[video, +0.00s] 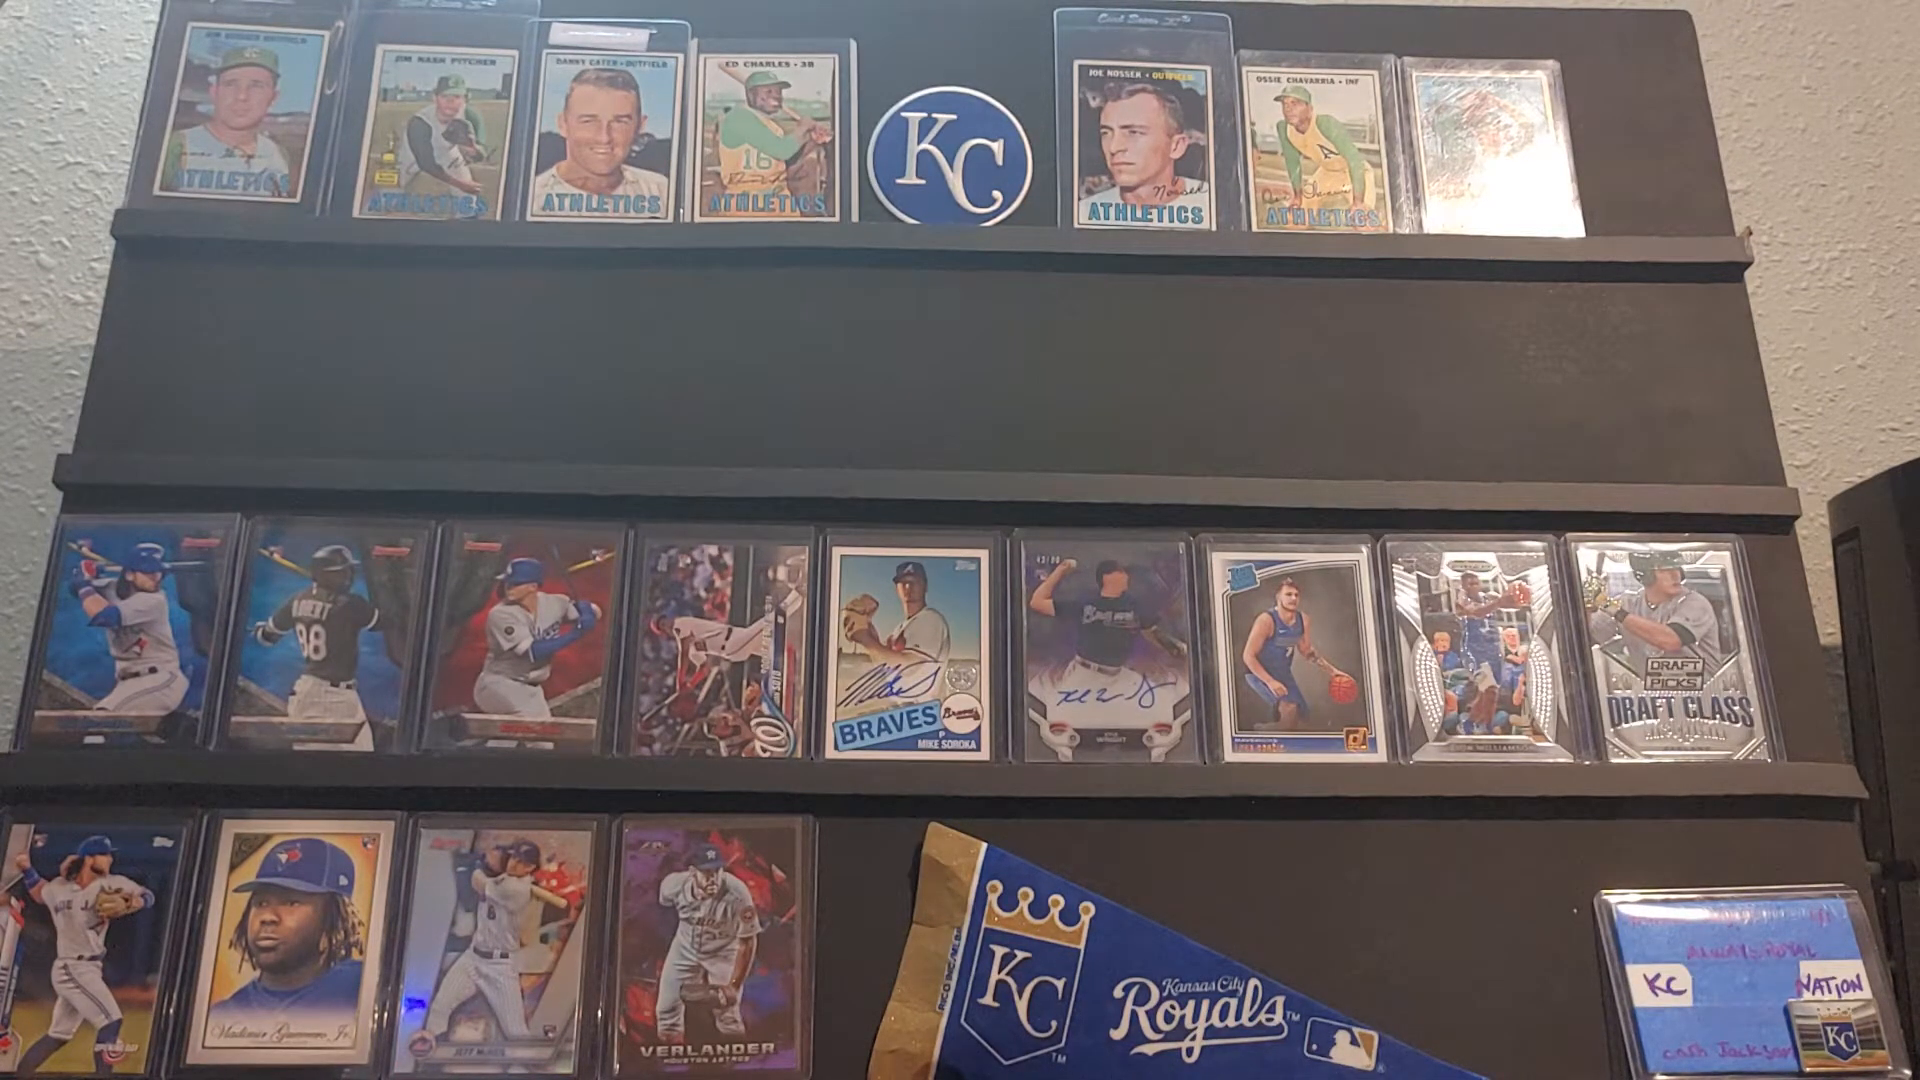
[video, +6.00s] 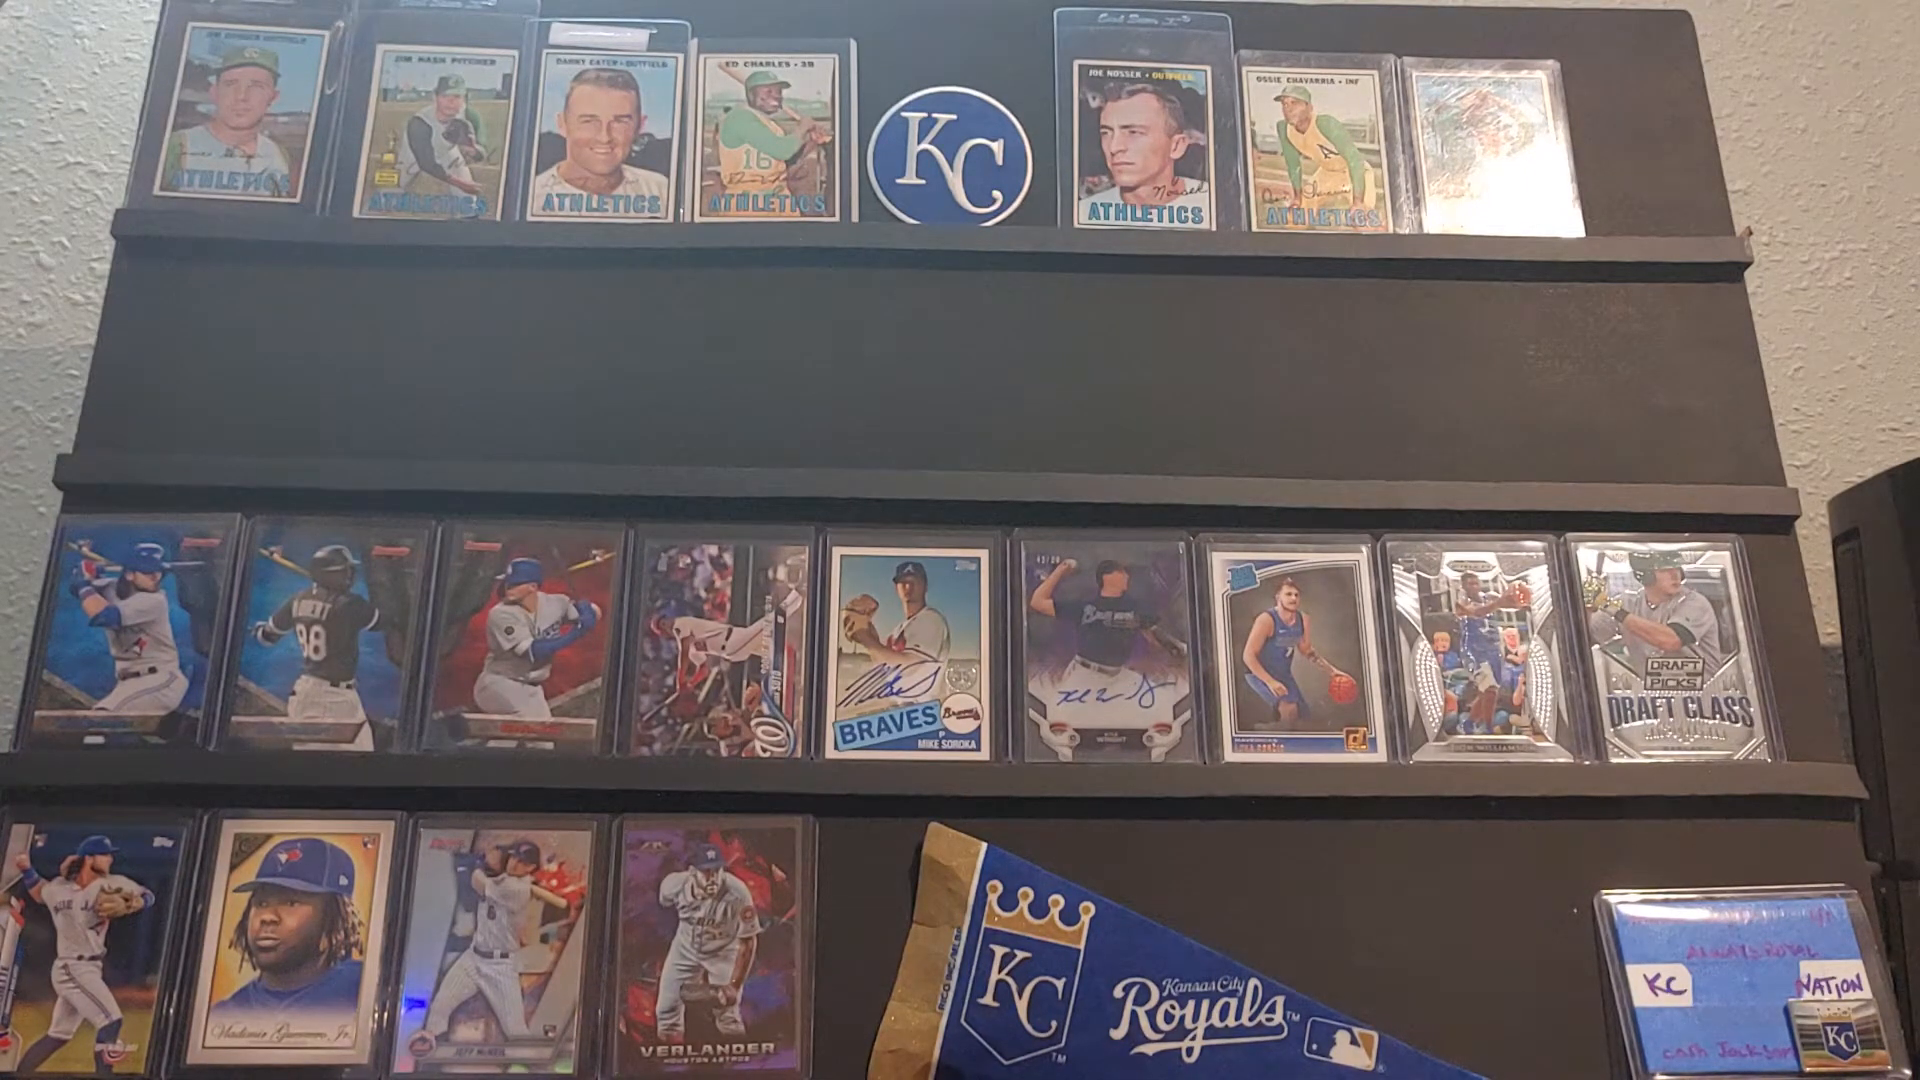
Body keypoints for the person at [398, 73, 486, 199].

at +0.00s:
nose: (451, 101)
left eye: (456, 97)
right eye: (445, 96)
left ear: (464, 100)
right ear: (435, 98)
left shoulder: (469, 116)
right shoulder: (419, 123)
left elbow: (481, 152)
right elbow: (427, 165)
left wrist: (471, 151)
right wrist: (461, 185)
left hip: (454, 164)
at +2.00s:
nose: (450, 102)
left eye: (456, 97)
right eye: (444, 96)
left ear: (465, 101)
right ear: (436, 98)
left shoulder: (468, 117)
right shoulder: (419, 123)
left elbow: (481, 154)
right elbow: (427, 165)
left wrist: (470, 151)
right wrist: (462, 185)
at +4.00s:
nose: (451, 102)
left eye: (457, 97)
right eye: (446, 96)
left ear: (464, 100)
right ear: (436, 98)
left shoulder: (469, 115)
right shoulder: (419, 123)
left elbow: (481, 154)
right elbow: (427, 165)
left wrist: (469, 150)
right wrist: (461, 185)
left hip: (453, 162)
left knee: (467, 196)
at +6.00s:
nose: (451, 102)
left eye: (457, 97)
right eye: (446, 96)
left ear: (464, 100)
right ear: (436, 97)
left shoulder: (467, 116)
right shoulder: (419, 123)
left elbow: (481, 153)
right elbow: (427, 165)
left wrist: (472, 152)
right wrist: (460, 184)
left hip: (453, 164)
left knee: (467, 197)